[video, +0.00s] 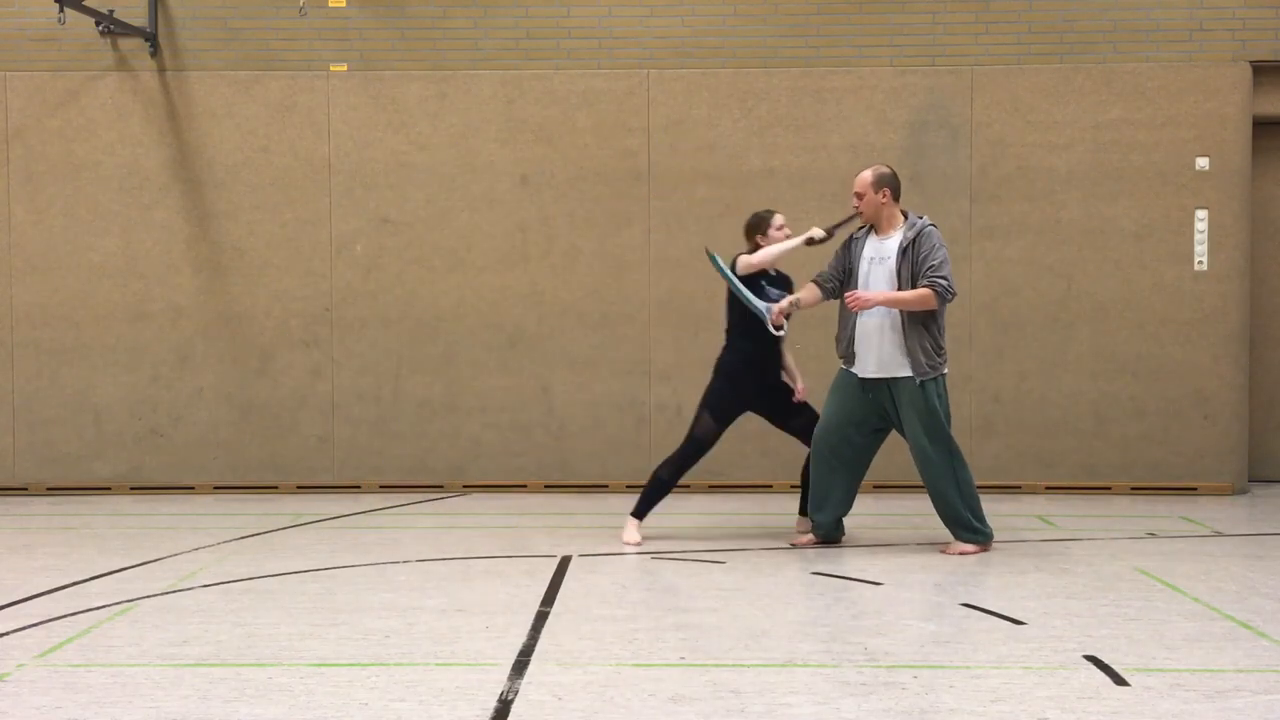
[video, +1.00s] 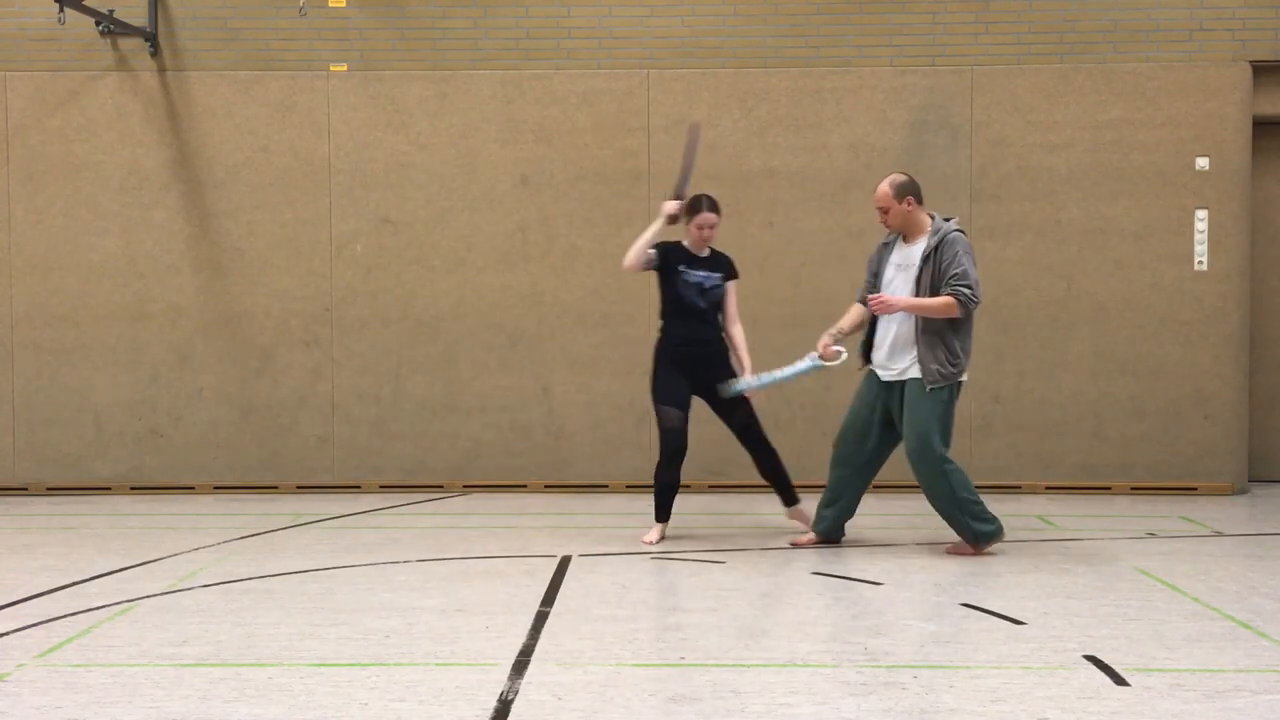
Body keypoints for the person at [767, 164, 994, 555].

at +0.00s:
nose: (855, 204)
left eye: (860, 196)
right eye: (854, 196)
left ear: (885, 196)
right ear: (879, 197)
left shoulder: (923, 235)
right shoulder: (856, 242)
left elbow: (939, 293)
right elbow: (827, 282)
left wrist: (878, 297)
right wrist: (792, 301)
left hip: (913, 373)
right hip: (860, 373)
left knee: (935, 453)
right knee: (829, 441)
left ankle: (975, 535)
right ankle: (826, 529)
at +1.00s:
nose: (879, 218)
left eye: (884, 210)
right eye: (878, 210)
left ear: (909, 205)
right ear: (900, 206)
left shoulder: (950, 242)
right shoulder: (886, 249)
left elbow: (961, 303)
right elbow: (865, 302)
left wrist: (901, 303)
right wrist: (833, 333)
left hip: (930, 373)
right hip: (885, 372)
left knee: (925, 453)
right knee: (851, 445)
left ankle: (982, 531)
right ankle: (828, 529)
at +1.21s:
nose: (906, 216)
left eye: (909, 207)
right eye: (903, 208)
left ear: (933, 199)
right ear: (929, 201)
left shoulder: (968, 236)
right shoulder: (932, 244)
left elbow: (973, 297)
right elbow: (929, 308)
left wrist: (909, 299)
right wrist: (891, 340)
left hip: (959, 370)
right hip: (928, 369)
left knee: (949, 456)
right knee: (902, 447)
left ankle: (988, 539)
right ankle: (873, 524)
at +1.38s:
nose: (920, 212)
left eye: (921, 204)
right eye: (917, 205)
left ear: (944, 195)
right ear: (943, 195)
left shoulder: (969, 230)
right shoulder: (966, 228)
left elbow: (976, 288)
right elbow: (973, 293)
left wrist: (911, 298)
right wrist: (938, 315)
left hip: (982, 363)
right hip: (963, 361)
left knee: (966, 445)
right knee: (940, 437)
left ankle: (988, 538)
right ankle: (952, 526)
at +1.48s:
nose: (929, 212)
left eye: (930, 204)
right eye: (926, 205)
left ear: (950, 195)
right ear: (953, 194)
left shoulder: (969, 229)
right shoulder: (991, 221)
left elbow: (973, 288)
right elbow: (997, 283)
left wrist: (912, 297)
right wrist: (952, 301)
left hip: (991, 364)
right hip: (1020, 358)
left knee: (969, 446)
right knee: (992, 446)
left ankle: (988, 539)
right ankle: (1013, 525)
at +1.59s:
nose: (944, 214)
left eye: (944, 205)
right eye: (941, 207)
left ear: (965, 197)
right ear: (976, 196)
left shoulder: (978, 232)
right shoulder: (1014, 226)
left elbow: (977, 292)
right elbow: (1027, 282)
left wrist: (917, 298)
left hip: (1004, 367)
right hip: (1044, 360)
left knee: (970, 451)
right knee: (1036, 441)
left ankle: (987, 539)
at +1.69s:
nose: (957, 218)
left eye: (958, 209)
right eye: (955, 210)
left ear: (977, 201)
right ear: (988, 199)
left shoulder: (989, 235)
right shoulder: (1030, 229)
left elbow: (986, 296)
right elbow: (1041, 287)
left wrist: (927, 297)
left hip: (1013, 368)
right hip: (1057, 360)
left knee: (972, 448)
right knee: (1070, 437)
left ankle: (987, 539)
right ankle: (1128, 517)